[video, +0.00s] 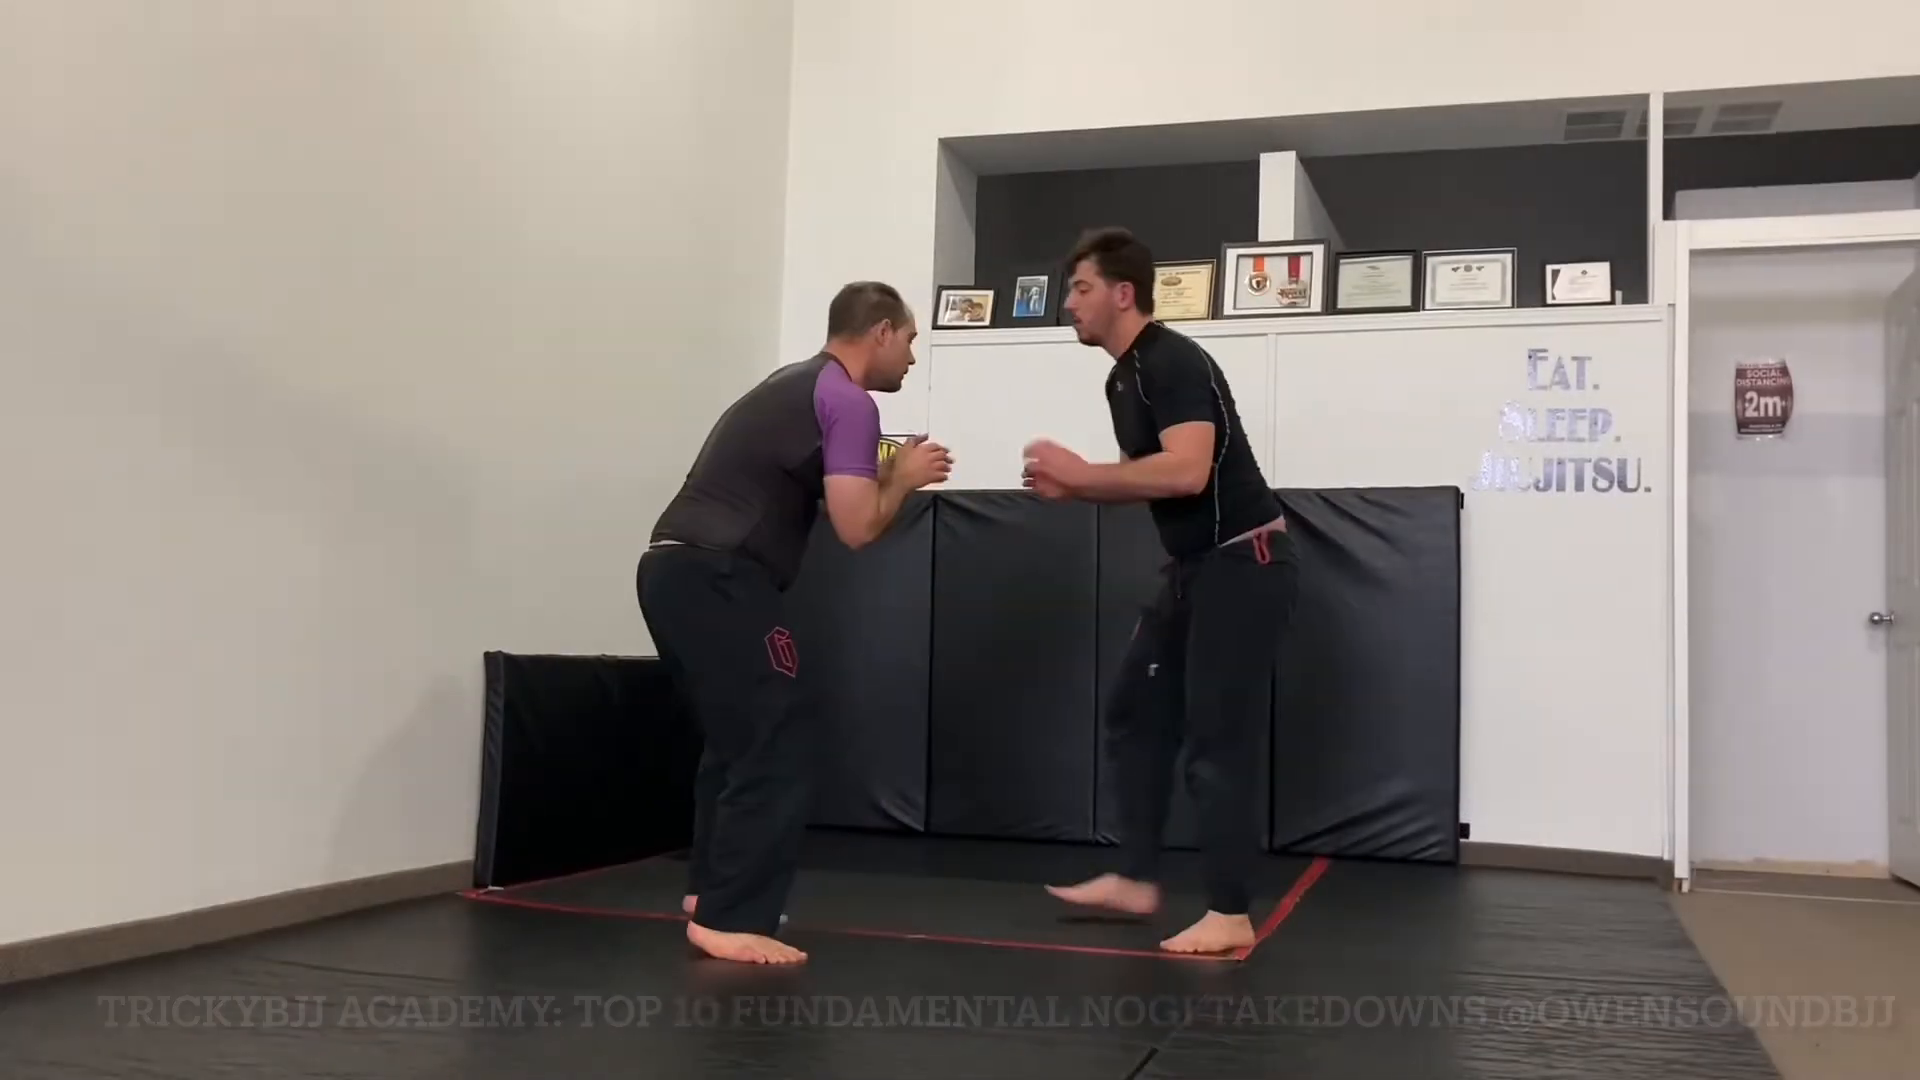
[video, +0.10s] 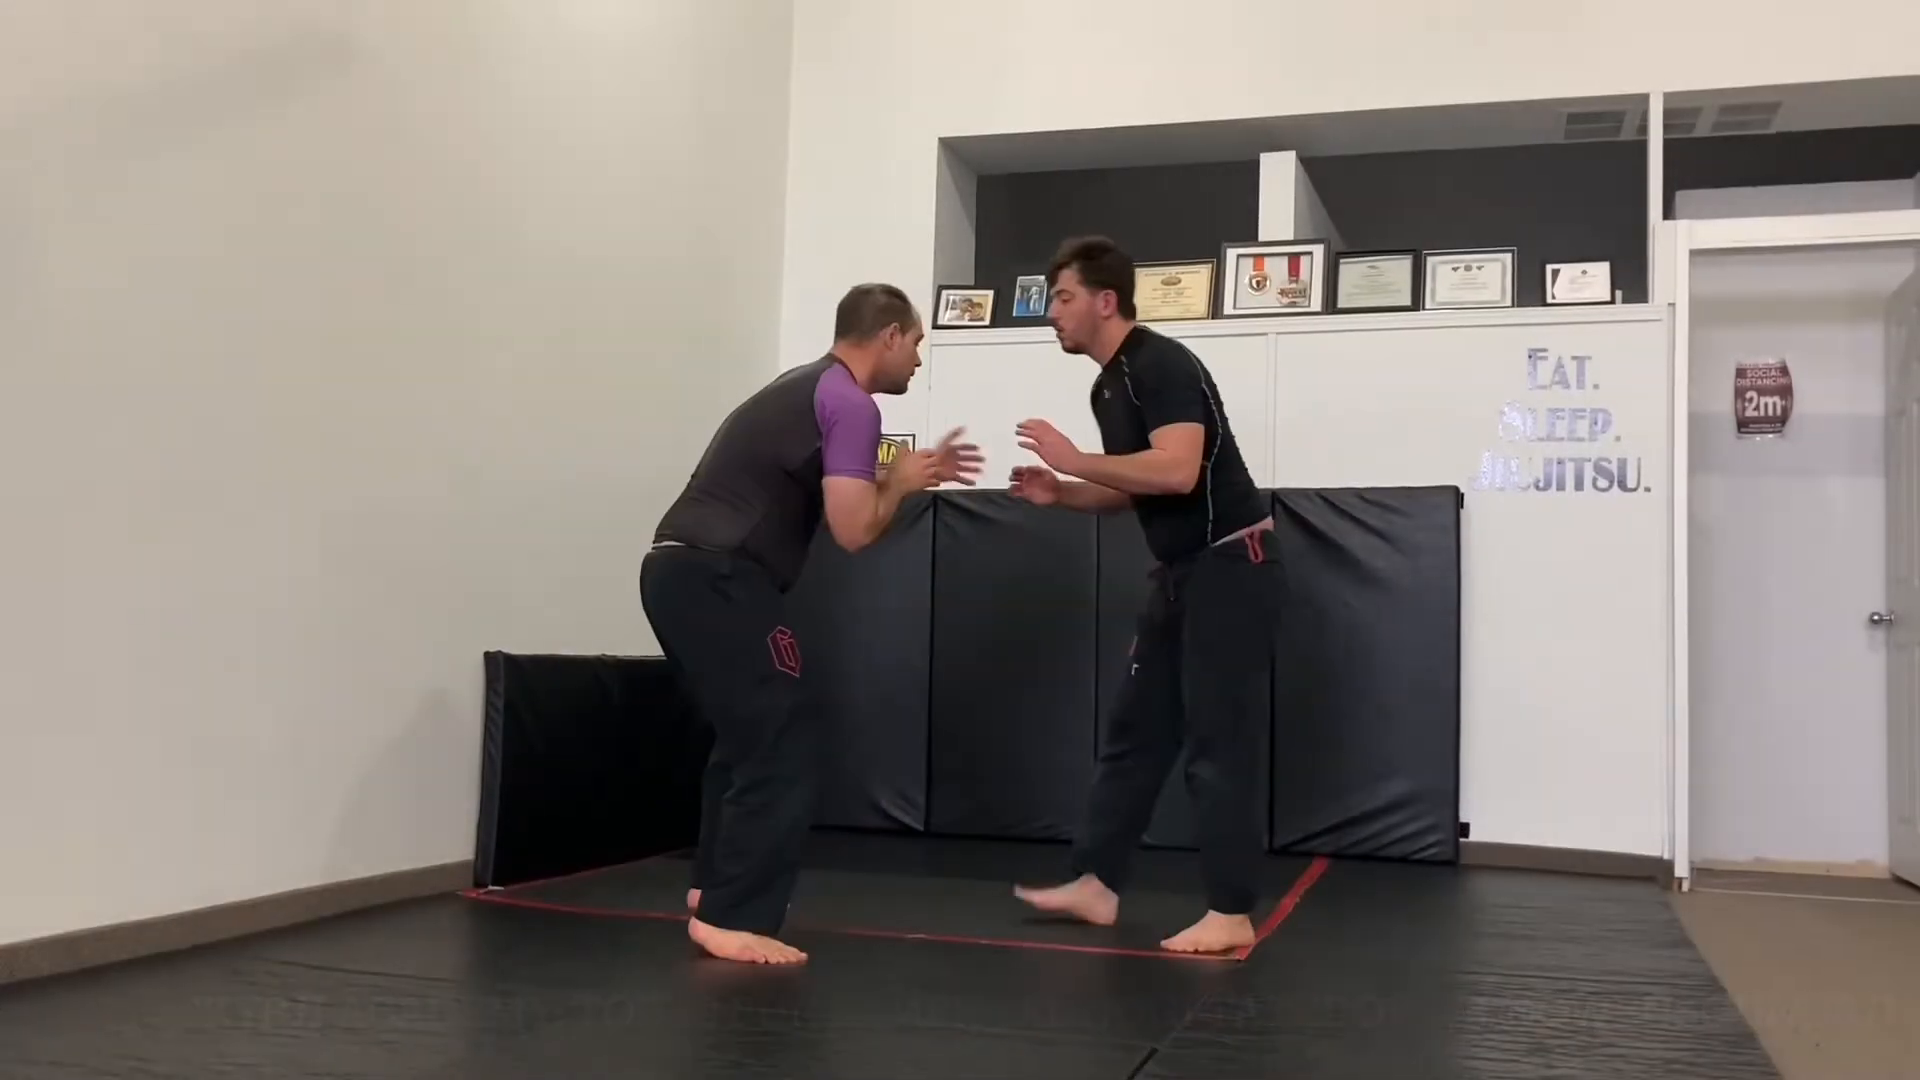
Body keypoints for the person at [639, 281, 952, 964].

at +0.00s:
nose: (913, 359)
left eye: (914, 344)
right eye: (911, 343)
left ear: (851, 332)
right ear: (883, 334)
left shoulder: (800, 382)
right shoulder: (845, 399)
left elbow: (827, 507)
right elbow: (859, 528)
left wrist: (888, 473)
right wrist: (904, 483)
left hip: (671, 569)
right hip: (715, 576)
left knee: (733, 736)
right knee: (773, 736)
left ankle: (712, 895)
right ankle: (735, 922)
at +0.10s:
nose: (918, 363)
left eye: (920, 350)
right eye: (917, 348)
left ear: (857, 335)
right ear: (890, 337)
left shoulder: (809, 385)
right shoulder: (847, 400)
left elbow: (843, 512)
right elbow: (855, 530)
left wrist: (910, 474)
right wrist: (900, 482)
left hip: (679, 570)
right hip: (717, 577)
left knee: (744, 734)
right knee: (779, 737)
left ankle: (716, 891)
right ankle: (735, 921)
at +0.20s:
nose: (921, 366)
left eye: (922, 352)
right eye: (920, 350)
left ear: (859, 340)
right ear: (897, 343)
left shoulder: (817, 393)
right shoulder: (848, 403)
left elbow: (853, 514)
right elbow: (841, 531)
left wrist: (958, 489)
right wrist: (893, 497)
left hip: (685, 572)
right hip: (711, 579)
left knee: (750, 740)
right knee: (772, 741)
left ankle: (749, 897)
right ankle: (729, 917)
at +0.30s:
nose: (925, 374)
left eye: (926, 359)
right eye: (923, 358)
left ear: (866, 350)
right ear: (898, 352)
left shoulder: (828, 400)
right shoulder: (846, 409)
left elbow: (870, 508)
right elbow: (843, 533)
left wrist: (965, 507)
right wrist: (899, 505)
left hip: (689, 575)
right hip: (710, 581)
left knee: (746, 742)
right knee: (772, 741)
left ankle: (744, 899)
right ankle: (730, 916)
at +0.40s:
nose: (926, 389)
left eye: (928, 376)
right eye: (926, 374)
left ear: (871, 360)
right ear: (901, 364)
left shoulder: (828, 408)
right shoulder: (846, 413)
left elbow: (866, 528)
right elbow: (871, 537)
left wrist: (944, 520)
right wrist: (941, 515)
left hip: (693, 577)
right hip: (708, 583)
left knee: (751, 743)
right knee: (767, 744)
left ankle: (742, 897)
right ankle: (727, 918)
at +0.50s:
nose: (922, 397)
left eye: (924, 384)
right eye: (921, 382)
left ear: (863, 371)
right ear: (895, 372)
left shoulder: (821, 417)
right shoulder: (853, 419)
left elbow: (860, 537)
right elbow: (916, 527)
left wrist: (953, 544)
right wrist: (987, 512)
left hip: (683, 575)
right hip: (706, 581)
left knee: (743, 742)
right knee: (766, 740)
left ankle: (739, 894)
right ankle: (726, 917)